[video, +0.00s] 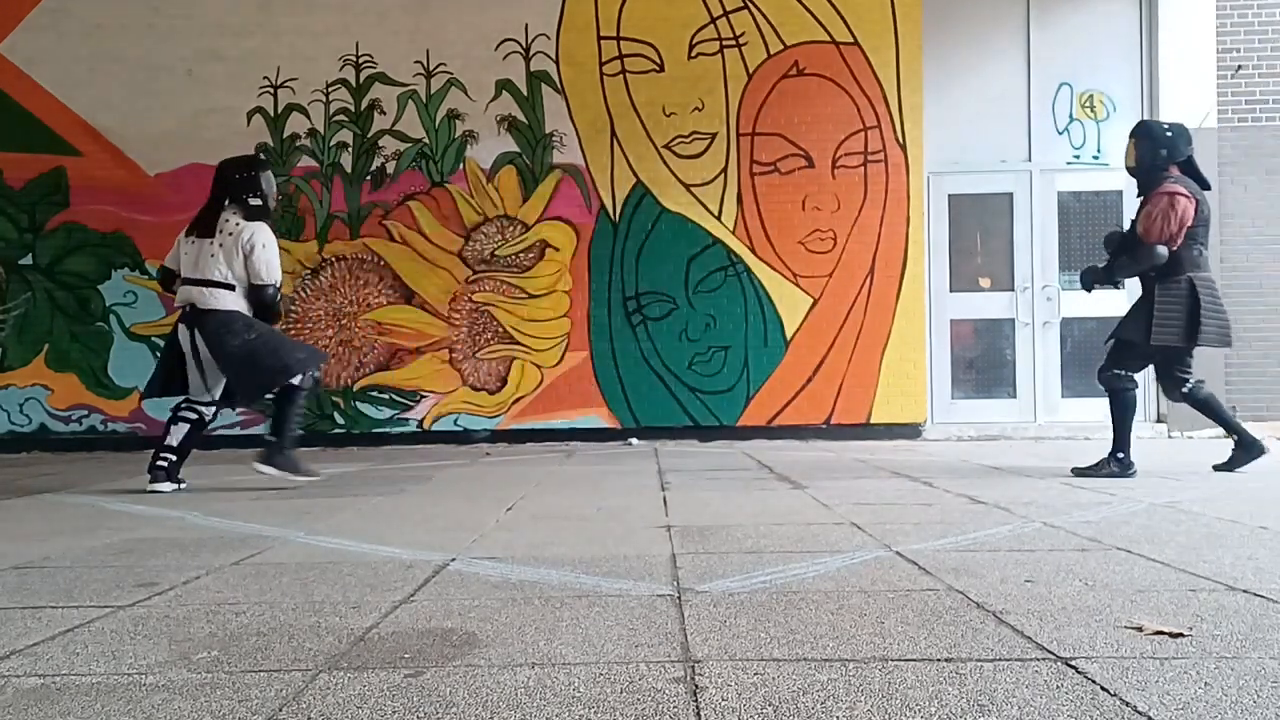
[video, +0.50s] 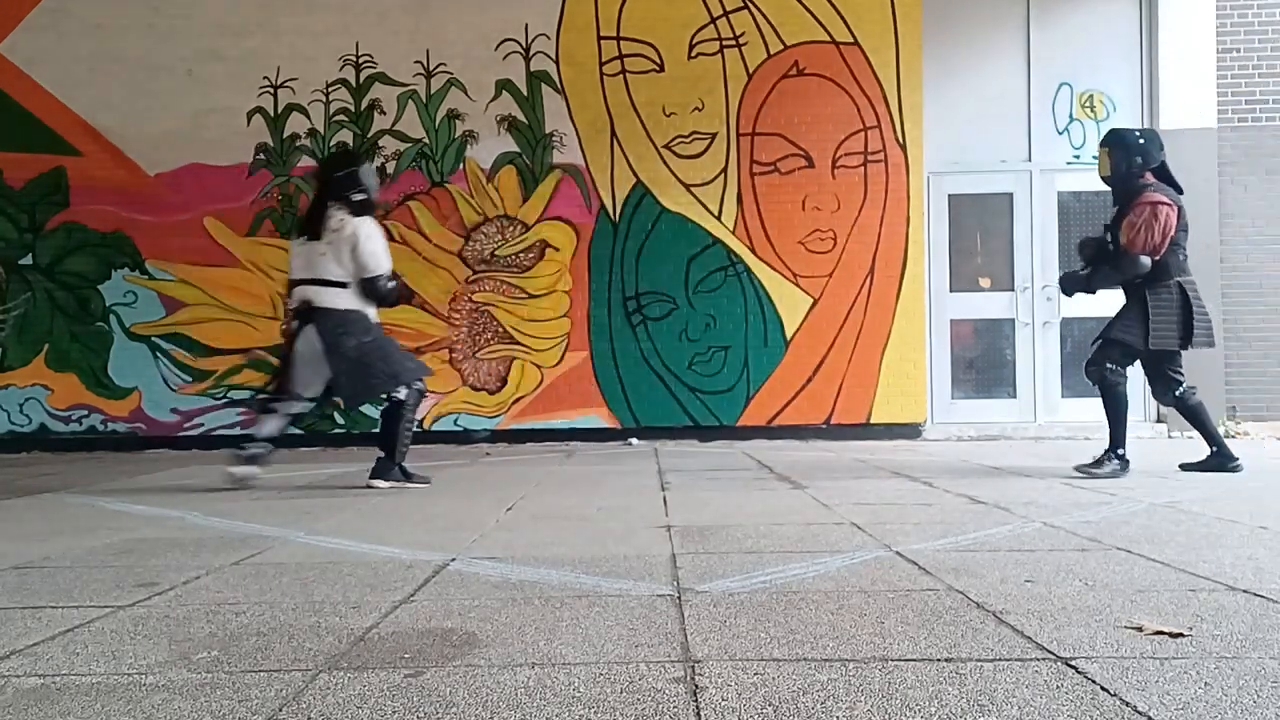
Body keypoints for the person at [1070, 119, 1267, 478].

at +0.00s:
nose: (1130, 156)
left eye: (1136, 149)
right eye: (1131, 148)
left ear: (1158, 154)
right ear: (1166, 155)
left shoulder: (1169, 195)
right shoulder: (1176, 189)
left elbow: (1152, 254)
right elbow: (1162, 244)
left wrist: (1105, 272)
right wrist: (1126, 242)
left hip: (1168, 297)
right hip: (1180, 296)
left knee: (1116, 373)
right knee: (1177, 383)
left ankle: (1120, 459)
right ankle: (1246, 442)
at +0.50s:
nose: (1104, 166)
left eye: (1110, 158)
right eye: (1104, 158)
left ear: (1135, 161)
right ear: (1139, 162)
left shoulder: (1151, 203)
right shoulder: (1140, 198)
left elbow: (1135, 264)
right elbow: (1131, 250)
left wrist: (1085, 280)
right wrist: (1101, 252)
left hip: (1158, 299)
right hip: (1160, 298)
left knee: (1106, 365)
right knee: (1170, 386)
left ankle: (1116, 455)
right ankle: (1222, 452)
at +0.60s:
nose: (1093, 166)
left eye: (1100, 158)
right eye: (1094, 158)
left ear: (1125, 162)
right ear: (1125, 164)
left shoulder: (1146, 206)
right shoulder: (1121, 202)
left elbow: (1132, 265)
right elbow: (1113, 259)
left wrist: (1074, 280)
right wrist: (1080, 260)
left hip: (1152, 303)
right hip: (1145, 302)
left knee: (1102, 369)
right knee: (1167, 385)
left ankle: (1114, 458)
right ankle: (1222, 452)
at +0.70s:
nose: (1081, 166)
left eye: (1088, 158)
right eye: (1081, 158)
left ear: (1113, 162)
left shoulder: (1139, 202)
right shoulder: (1100, 208)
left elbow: (1139, 265)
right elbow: (1086, 265)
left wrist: (1082, 283)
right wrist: (1047, 270)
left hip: (1137, 299)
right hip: (1120, 299)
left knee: (1090, 375)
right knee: (1140, 390)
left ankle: (1114, 459)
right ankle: (1209, 440)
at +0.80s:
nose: (1068, 167)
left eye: (1075, 159)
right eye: (1067, 159)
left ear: (1099, 160)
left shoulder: (1132, 200)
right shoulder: (1075, 211)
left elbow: (1148, 257)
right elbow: (1063, 260)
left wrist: (1102, 281)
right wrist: (1046, 288)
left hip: (1123, 299)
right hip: (1090, 302)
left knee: (1089, 378)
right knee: (1077, 383)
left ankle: (1115, 459)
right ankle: (1150, 421)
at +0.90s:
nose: (1048, 170)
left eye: (1055, 162)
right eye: (1048, 162)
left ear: (1079, 164)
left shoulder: (1121, 201)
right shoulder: (1053, 219)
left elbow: (1146, 252)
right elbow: (1050, 271)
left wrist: (1107, 287)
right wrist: (1049, 303)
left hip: (1110, 304)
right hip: (1071, 307)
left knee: (1089, 383)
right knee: (1018, 366)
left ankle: (1112, 459)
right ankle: (1053, 434)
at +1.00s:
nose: (1033, 177)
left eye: (1040, 168)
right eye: (1031, 169)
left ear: (1065, 169)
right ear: (1033, 172)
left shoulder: (1107, 206)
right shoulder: (1032, 223)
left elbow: (1134, 253)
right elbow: (1031, 277)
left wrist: (1098, 289)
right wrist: (1039, 312)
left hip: (1095, 308)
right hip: (1051, 309)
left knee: (1083, 386)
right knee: (996, 369)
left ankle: (1100, 457)